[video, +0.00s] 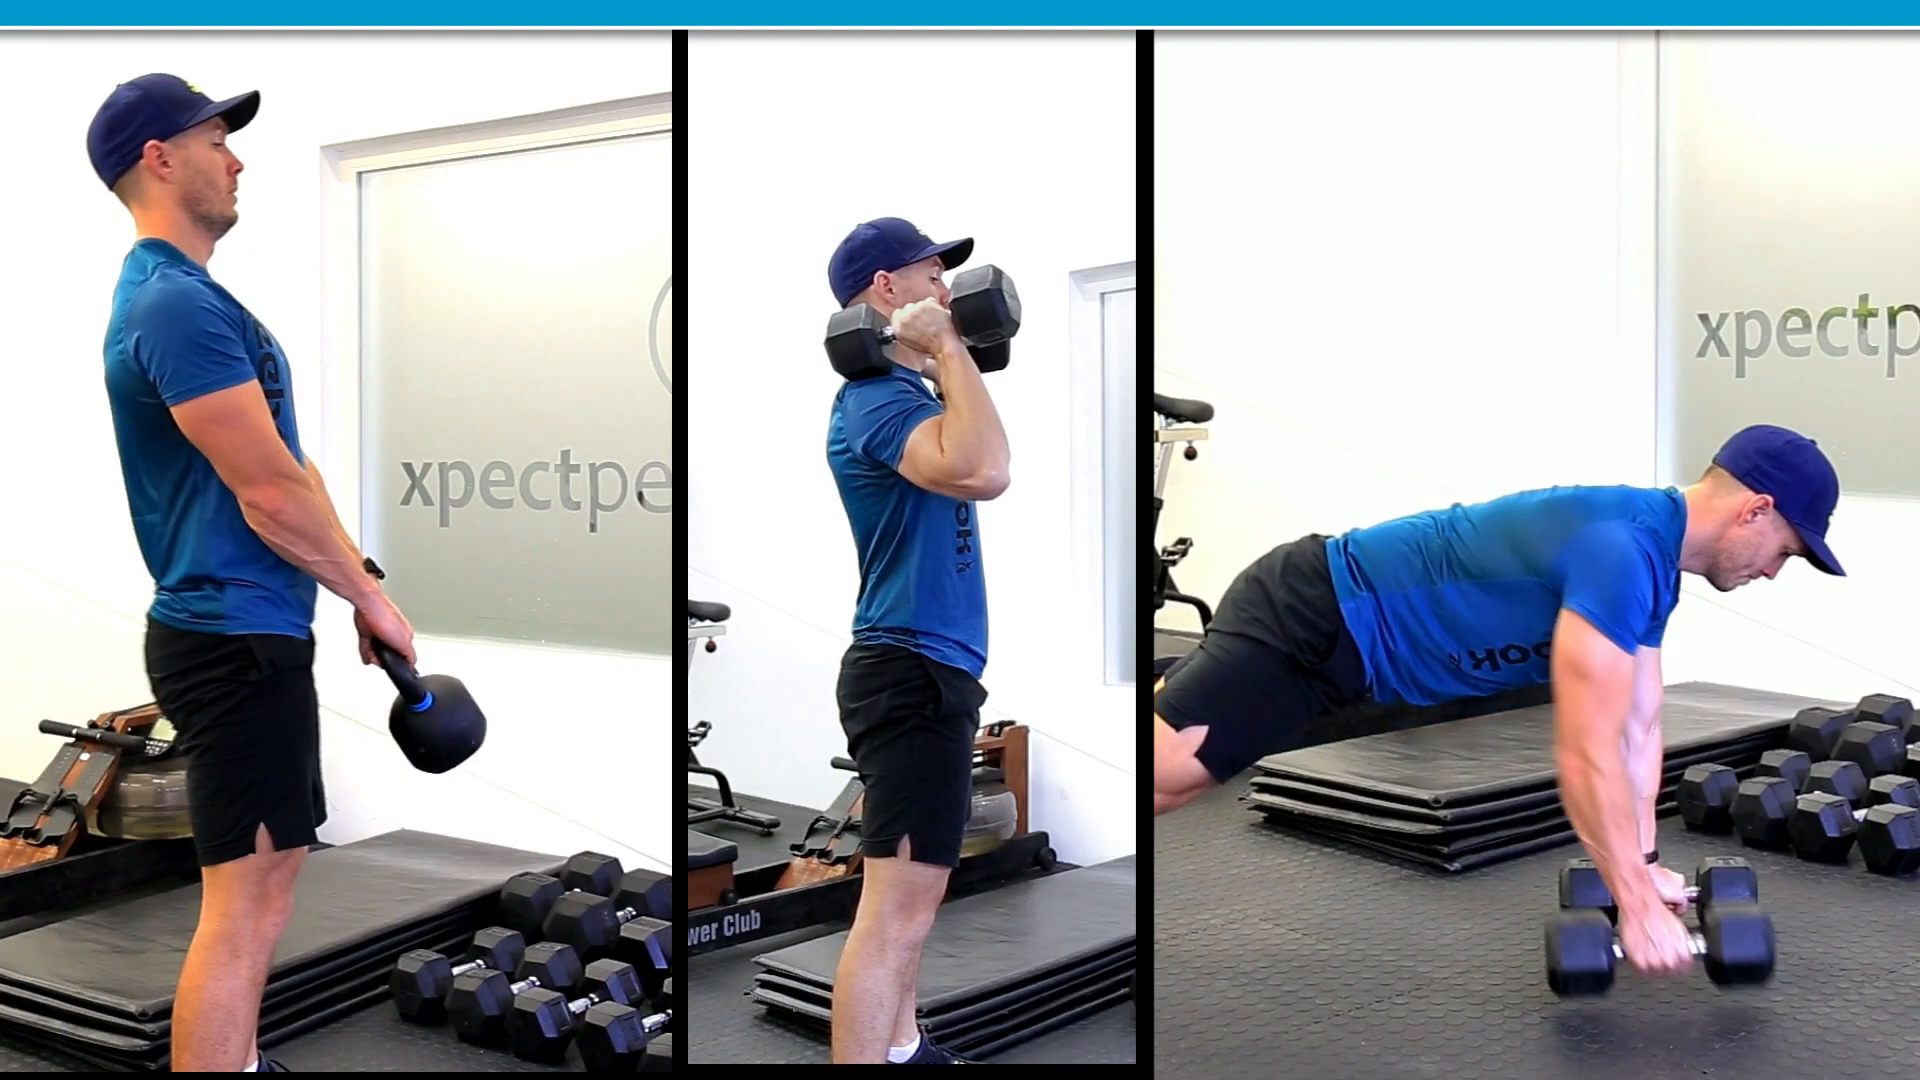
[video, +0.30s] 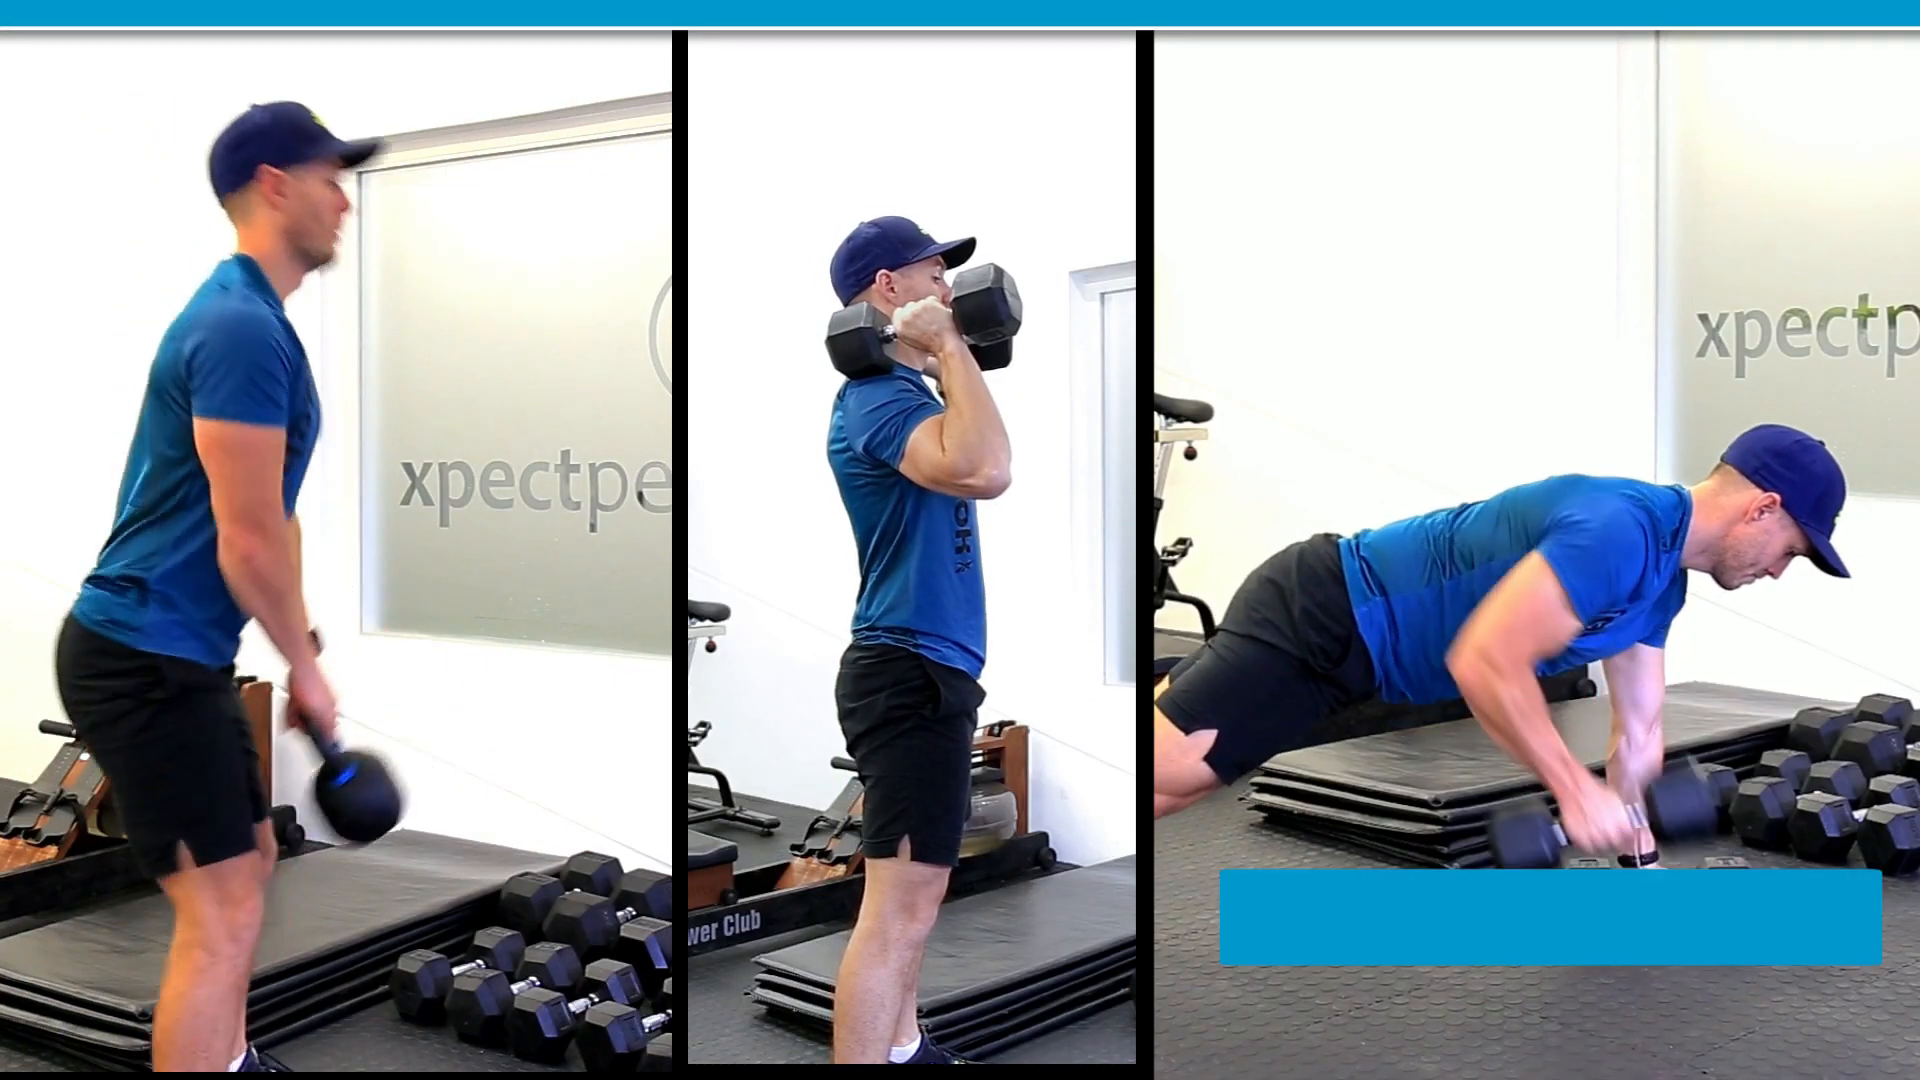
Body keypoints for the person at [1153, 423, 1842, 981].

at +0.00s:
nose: (1776, 573)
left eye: (1790, 561)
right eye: (1788, 552)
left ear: (1746, 510)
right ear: (1752, 510)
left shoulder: (1651, 560)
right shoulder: (1622, 546)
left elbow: (1638, 727)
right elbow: (1585, 750)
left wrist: (1641, 861)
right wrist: (1632, 900)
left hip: (1342, 641)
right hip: (1315, 615)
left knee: (1154, 764)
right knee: (1147, 777)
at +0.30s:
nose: (1782, 572)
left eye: (1796, 560)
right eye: (1794, 551)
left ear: (1749, 506)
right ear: (1758, 506)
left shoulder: (1658, 576)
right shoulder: (1620, 531)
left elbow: (1637, 730)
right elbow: (1482, 660)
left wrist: (1632, 847)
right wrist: (1575, 789)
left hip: (1355, 654)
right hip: (1327, 609)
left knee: (1170, 777)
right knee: (1160, 763)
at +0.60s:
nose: (1788, 574)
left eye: (1802, 562)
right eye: (1800, 553)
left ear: (1755, 508)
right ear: (1764, 509)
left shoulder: (1659, 586)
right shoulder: (1622, 527)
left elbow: (1638, 722)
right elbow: (1446, 575)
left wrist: (1639, 869)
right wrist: (1532, 697)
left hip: (1360, 670)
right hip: (1329, 622)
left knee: (1161, 766)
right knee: (1155, 782)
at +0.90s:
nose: (1784, 577)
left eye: (1799, 565)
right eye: (1797, 555)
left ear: (1754, 510)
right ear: (1762, 510)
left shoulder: (1657, 586)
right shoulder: (1618, 525)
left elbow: (1637, 723)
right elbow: (1444, 564)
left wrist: (1643, 871)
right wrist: (1532, 684)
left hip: (1362, 675)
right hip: (1328, 619)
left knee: (1161, 763)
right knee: (1161, 775)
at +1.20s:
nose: (1778, 576)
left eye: (1793, 565)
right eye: (1791, 555)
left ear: (1748, 508)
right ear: (1757, 509)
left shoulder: (1652, 577)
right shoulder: (1618, 524)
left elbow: (1636, 729)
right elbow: (1480, 658)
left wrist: (1627, 823)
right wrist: (1577, 788)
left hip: (1349, 655)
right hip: (1321, 612)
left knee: (1158, 773)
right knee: (1151, 766)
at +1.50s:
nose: (1780, 579)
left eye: (1794, 568)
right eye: (1792, 559)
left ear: (1751, 510)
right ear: (1759, 513)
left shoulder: (1656, 577)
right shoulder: (1617, 534)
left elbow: (1635, 731)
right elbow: (1552, 733)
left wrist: (1649, 880)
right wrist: (1619, 884)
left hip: (1348, 659)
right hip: (1320, 610)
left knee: (1162, 779)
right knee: (1154, 760)